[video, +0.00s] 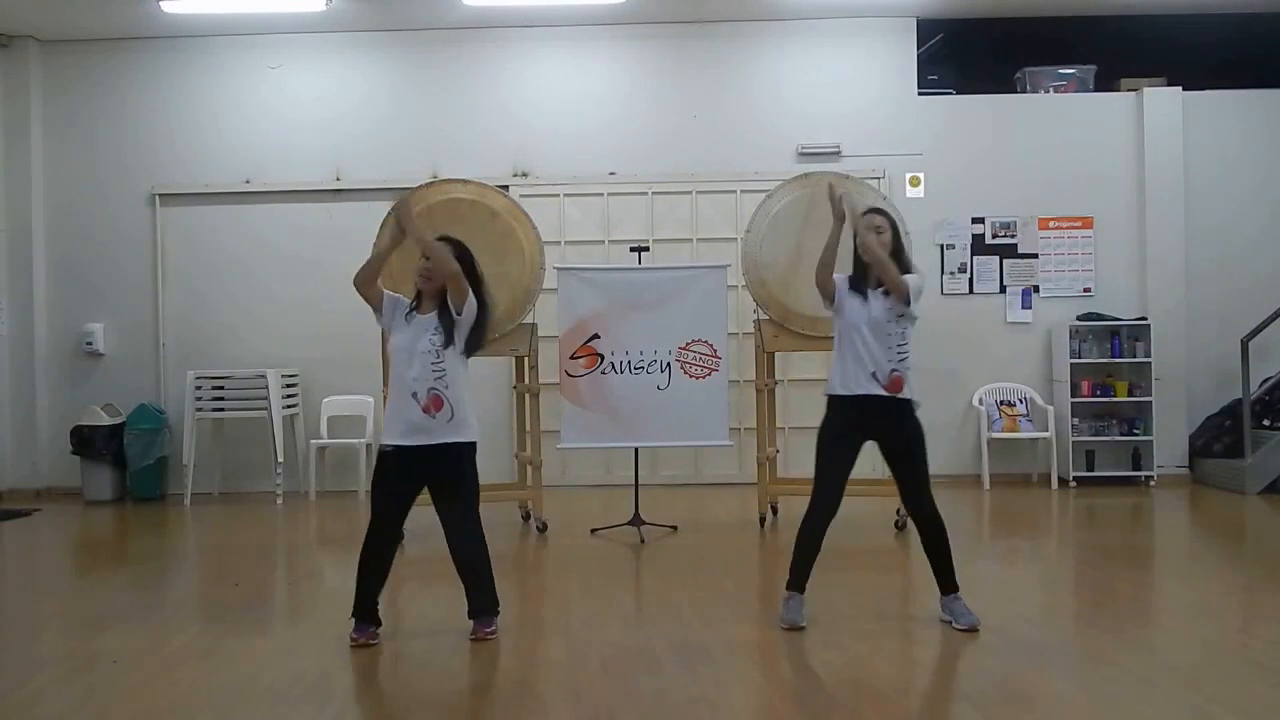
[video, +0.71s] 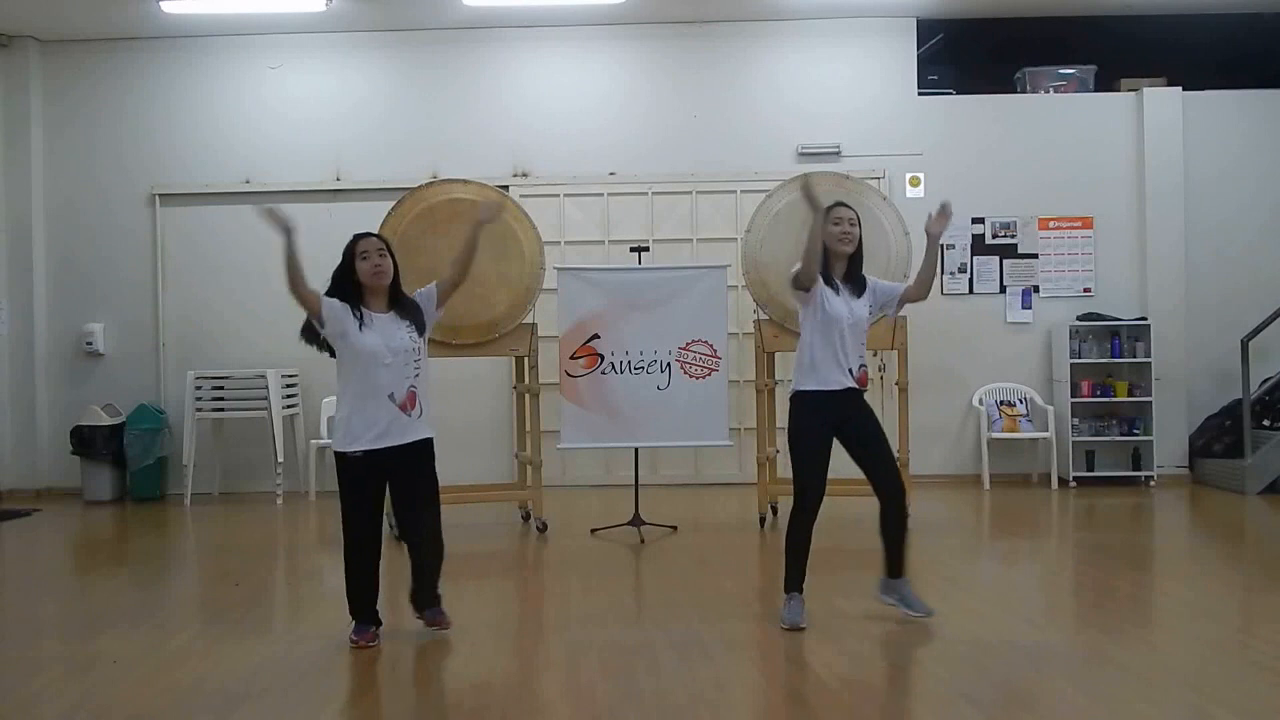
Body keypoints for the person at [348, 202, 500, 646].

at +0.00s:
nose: (426, 266)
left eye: (437, 261)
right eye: (425, 259)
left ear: (456, 274)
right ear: (417, 269)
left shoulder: (462, 316)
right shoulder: (397, 312)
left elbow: (446, 268)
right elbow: (365, 282)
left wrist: (414, 225)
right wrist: (391, 240)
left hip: (452, 444)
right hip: (401, 444)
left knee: (465, 533)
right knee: (382, 532)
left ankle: (483, 613)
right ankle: (365, 616)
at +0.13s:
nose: (412, 268)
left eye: (422, 265)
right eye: (407, 260)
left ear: (435, 280)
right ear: (395, 270)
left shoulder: (443, 323)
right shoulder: (374, 317)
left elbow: (458, 282)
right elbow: (333, 288)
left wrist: (431, 241)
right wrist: (355, 246)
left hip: (428, 449)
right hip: (375, 448)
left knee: (447, 535)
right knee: (368, 539)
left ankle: (480, 612)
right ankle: (364, 620)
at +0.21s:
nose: (400, 267)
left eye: (411, 263)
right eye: (395, 260)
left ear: (423, 277)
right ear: (381, 269)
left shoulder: (434, 321)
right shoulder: (357, 317)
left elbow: (467, 289)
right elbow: (304, 294)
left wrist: (462, 237)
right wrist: (295, 245)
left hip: (417, 447)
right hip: (363, 447)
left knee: (428, 531)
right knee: (361, 538)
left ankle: (465, 609)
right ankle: (364, 621)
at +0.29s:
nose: (394, 267)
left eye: (404, 262)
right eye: (387, 260)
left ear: (416, 275)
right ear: (374, 270)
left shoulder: (429, 320)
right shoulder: (348, 318)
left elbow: (472, 294)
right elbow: (290, 303)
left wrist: (489, 246)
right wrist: (259, 260)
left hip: (412, 446)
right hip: (358, 447)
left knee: (416, 532)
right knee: (357, 538)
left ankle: (444, 608)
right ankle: (365, 620)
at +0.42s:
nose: (384, 266)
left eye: (392, 260)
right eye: (376, 260)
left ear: (404, 270)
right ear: (362, 270)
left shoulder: (423, 317)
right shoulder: (343, 321)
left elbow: (474, 310)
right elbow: (283, 331)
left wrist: (524, 285)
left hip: (408, 447)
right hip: (354, 448)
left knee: (401, 533)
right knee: (357, 536)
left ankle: (397, 610)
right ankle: (363, 619)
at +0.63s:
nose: (376, 265)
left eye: (382, 258)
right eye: (365, 260)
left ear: (394, 268)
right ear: (351, 273)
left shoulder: (416, 314)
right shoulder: (337, 321)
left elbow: (466, 295)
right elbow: (281, 319)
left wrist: (511, 265)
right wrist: (240, 285)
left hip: (408, 449)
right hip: (353, 451)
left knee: (413, 540)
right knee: (358, 542)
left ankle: (403, 602)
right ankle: (364, 619)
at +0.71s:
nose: (377, 261)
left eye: (383, 254)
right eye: (365, 256)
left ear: (395, 264)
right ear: (351, 270)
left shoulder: (415, 309)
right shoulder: (340, 315)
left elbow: (456, 276)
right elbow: (300, 288)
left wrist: (476, 229)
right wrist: (289, 239)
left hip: (412, 440)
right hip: (358, 444)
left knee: (426, 530)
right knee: (361, 537)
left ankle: (428, 603)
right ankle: (365, 619)